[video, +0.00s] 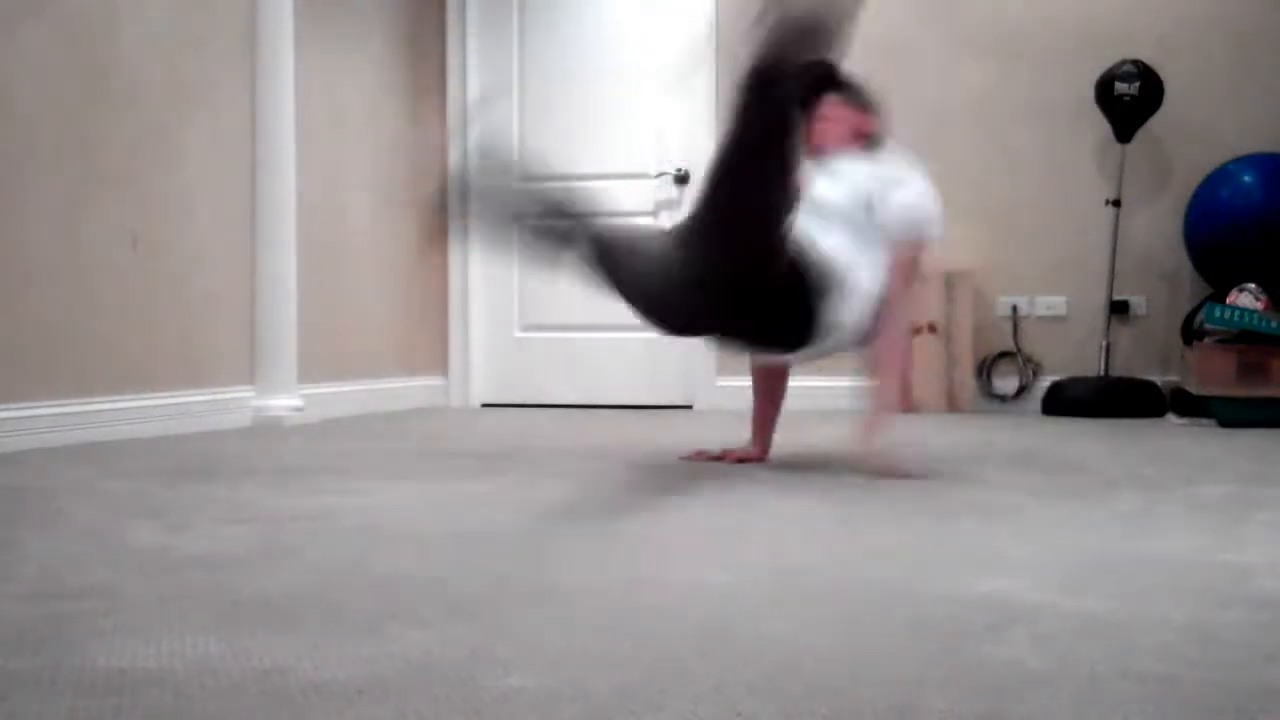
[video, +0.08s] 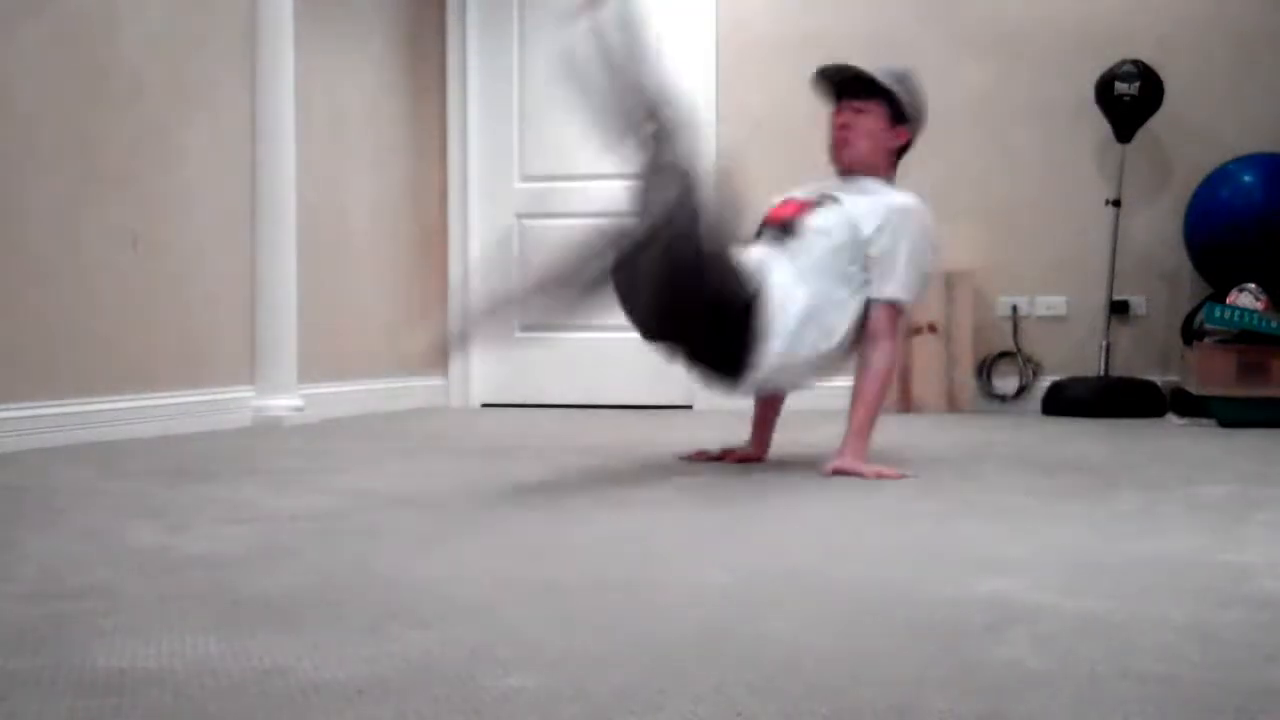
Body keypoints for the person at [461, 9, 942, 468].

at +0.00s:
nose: (823, 126)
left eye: (839, 115)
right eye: (819, 116)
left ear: (868, 123)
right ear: (806, 127)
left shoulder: (896, 179)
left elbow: (895, 311)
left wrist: (878, 430)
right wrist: (759, 447)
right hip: (692, 302)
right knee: (588, 234)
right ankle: (495, 201)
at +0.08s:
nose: (840, 124)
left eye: (859, 114)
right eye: (839, 114)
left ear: (900, 136)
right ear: (834, 128)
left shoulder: (900, 213)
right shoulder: (814, 200)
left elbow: (881, 342)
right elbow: (782, 316)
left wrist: (854, 452)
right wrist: (758, 445)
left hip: (741, 337)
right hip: (688, 313)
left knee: (678, 184)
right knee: (641, 228)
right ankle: (477, 325)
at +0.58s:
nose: (736, 257)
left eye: (748, 248)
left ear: (786, 187)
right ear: (715, 185)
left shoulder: (855, 187)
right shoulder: (710, 149)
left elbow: (851, 328)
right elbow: (655, 232)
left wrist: (849, 450)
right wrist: (601, 316)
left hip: (907, 212)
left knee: (867, 336)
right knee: (672, 271)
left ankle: (818, 421)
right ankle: (696, 376)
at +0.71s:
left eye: (737, 281)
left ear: (770, 213)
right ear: (685, 218)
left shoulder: (830, 190)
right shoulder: (683, 185)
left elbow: (836, 328)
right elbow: (659, 297)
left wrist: (847, 453)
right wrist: (644, 407)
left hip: (899, 159)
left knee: (909, 308)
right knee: (688, 289)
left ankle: (933, 400)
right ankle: (768, 385)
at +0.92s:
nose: (730, 250)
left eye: (741, 236)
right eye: (717, 240)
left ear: (768, 192)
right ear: (688, 205)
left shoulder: (824, 163)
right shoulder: (693, 195)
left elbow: (832, 310)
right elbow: (687, 316)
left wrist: (849, 442)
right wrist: (662, 437)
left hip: (877, 186)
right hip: (797, 215)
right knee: (705, 305)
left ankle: (1068, 385)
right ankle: (776, 425)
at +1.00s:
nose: (739, 221)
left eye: (749, 205)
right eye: (723, 208)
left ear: (776, 161)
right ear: (696, 173)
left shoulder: (837, 140)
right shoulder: (704, 170)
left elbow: (846, 277)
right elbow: (689, 296)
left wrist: (841, 400)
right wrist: (653, 414)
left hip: (892, 170)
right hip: (809, 204)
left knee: (974, 202)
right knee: (712, 293)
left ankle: (1035, 383)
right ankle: (777, 423)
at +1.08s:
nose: (748, 169)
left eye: (756, 154)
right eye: (731, 162)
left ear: (778, 117)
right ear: (706, 136)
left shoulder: (847, 107)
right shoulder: (714, 147)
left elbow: (872, 242)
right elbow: (686, 274)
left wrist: (837, 353)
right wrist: (648, 384)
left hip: (906, 170)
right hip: (818, 195)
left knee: (965, 248)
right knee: (720, 284)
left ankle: (1015, 430)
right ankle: (778, 425)